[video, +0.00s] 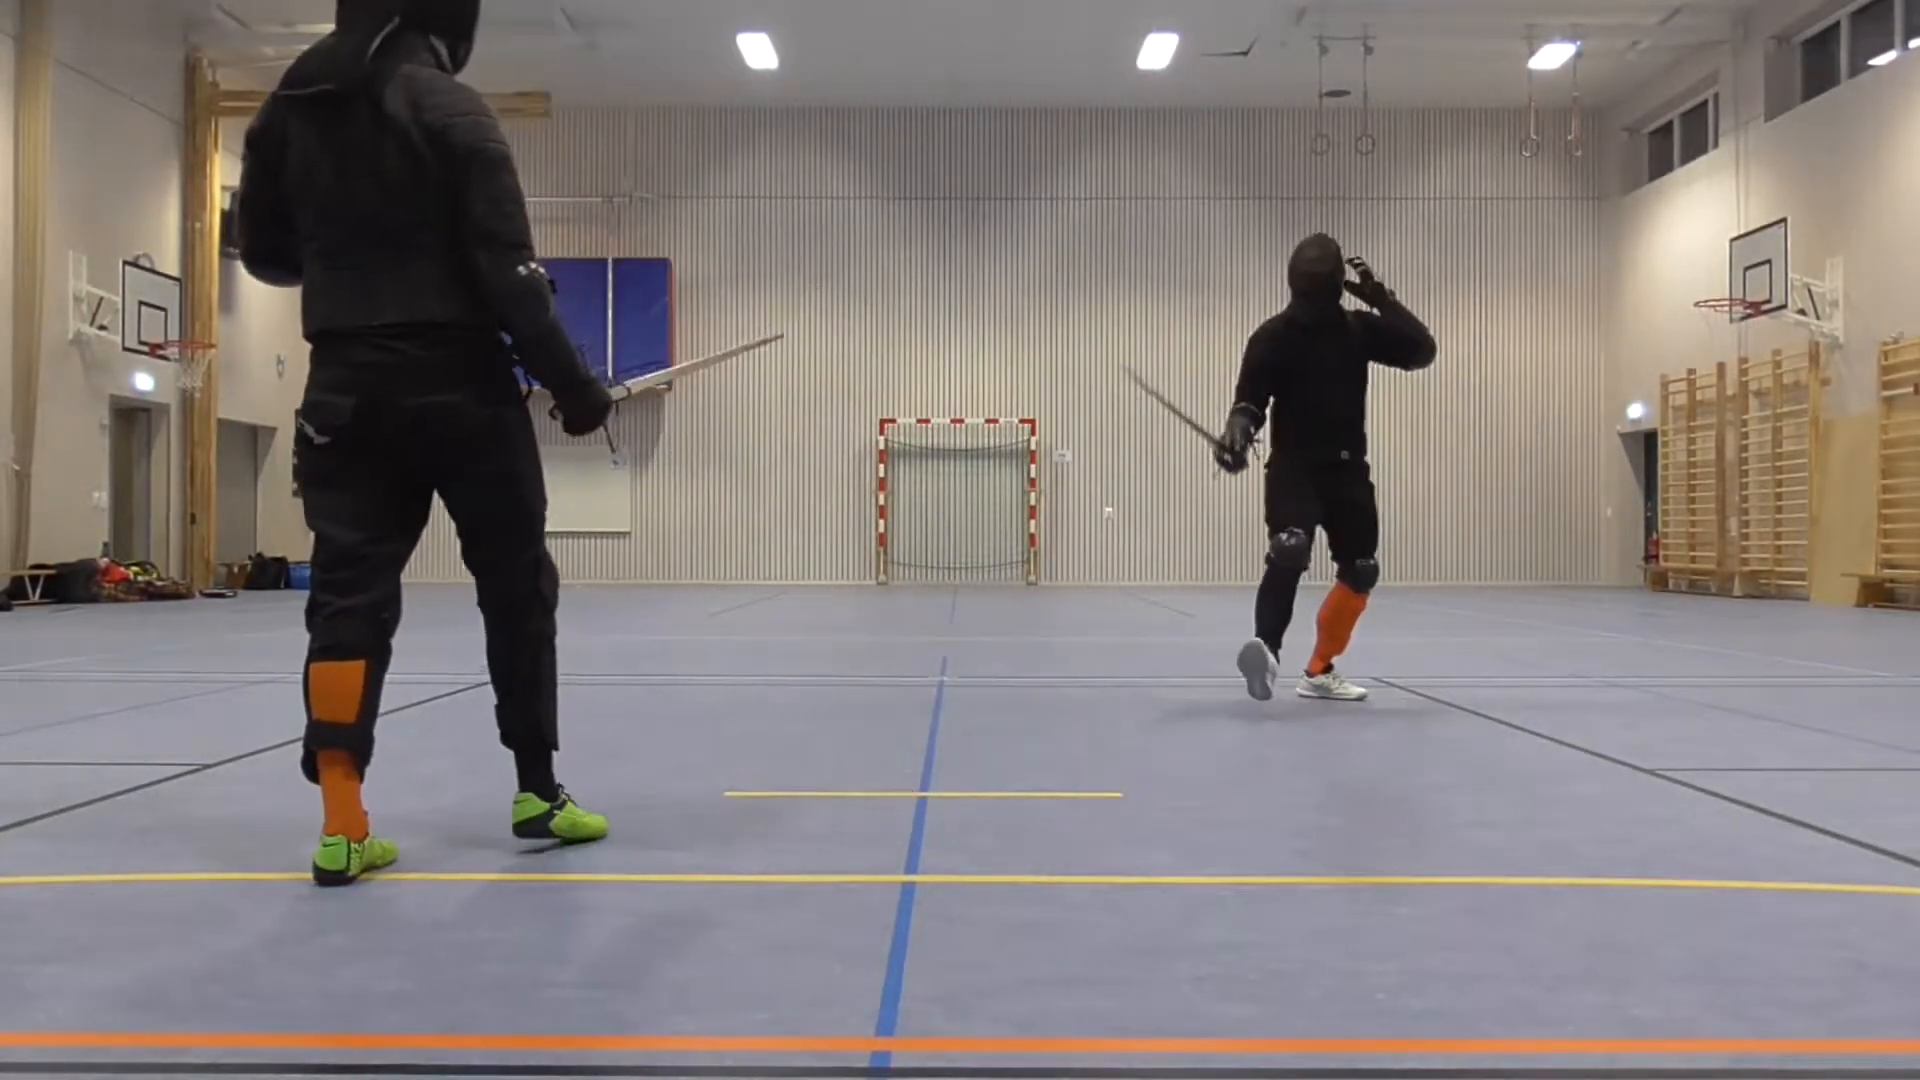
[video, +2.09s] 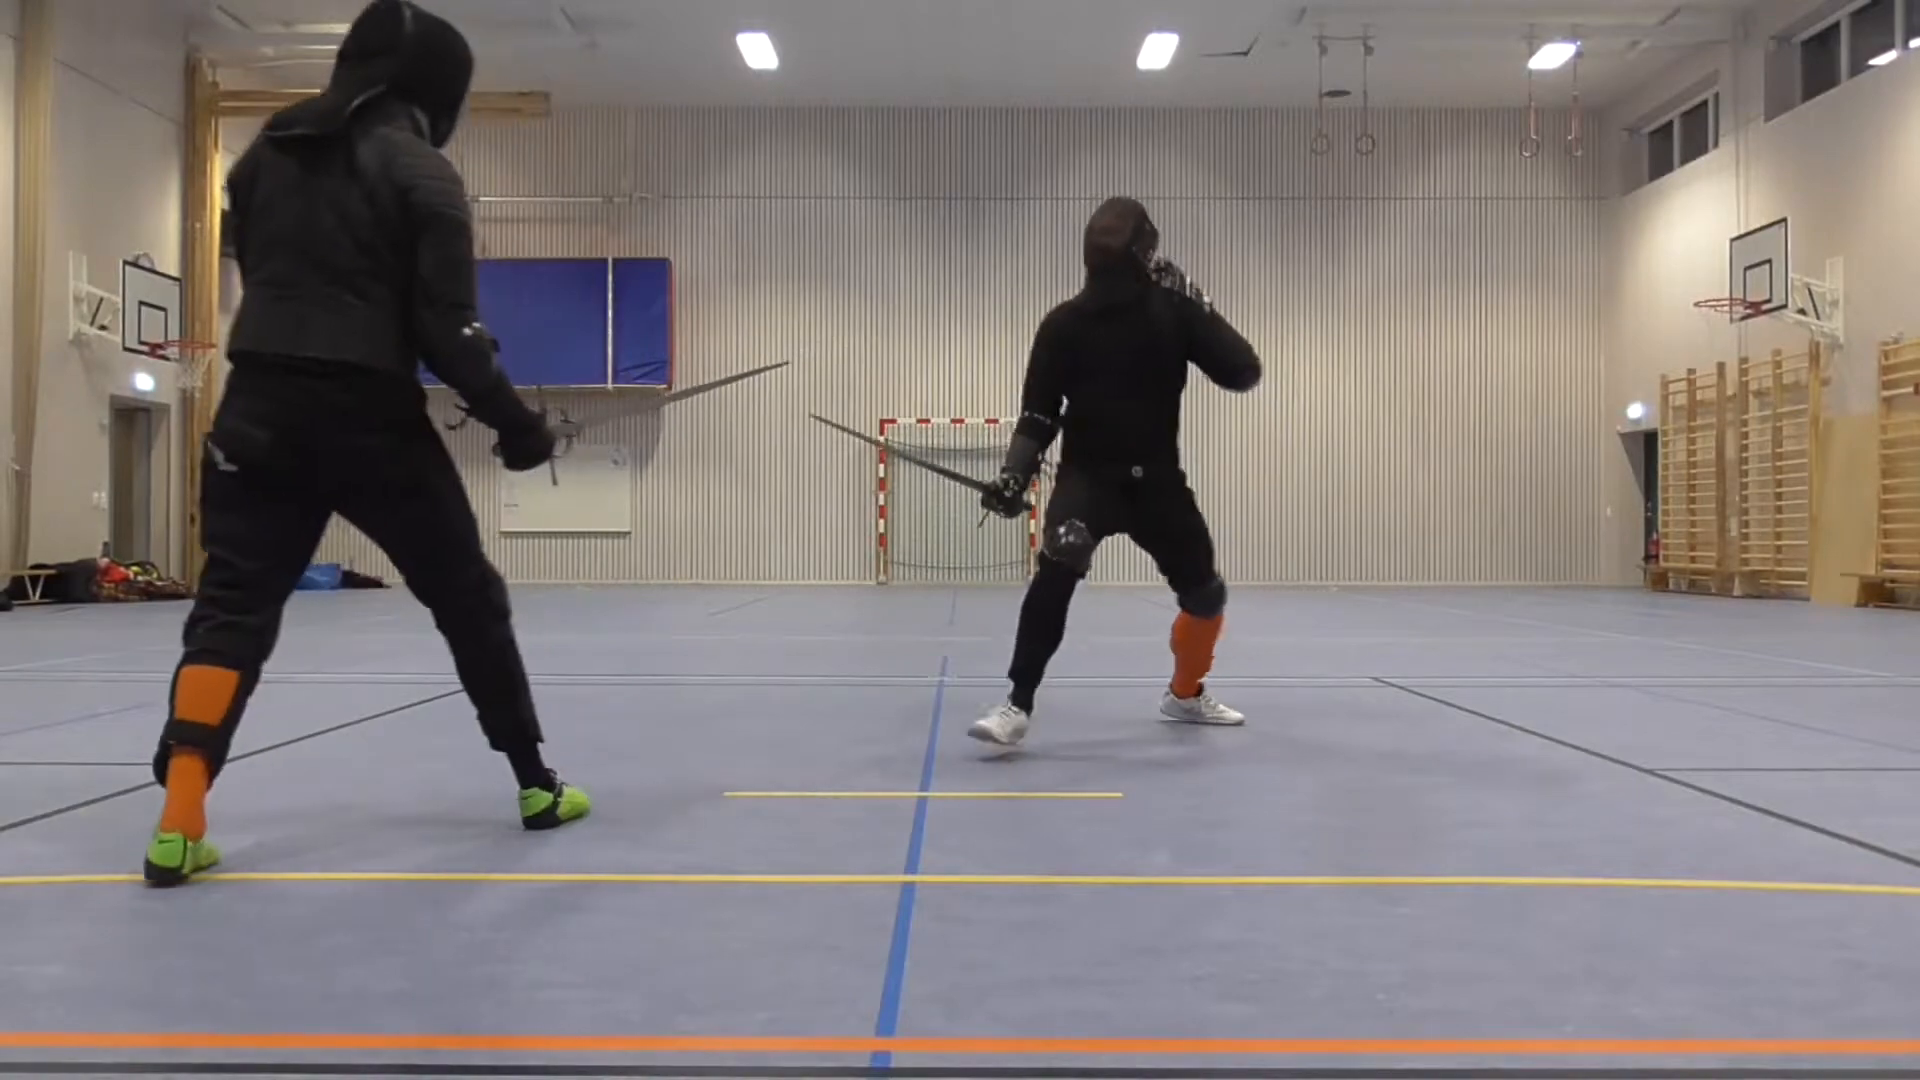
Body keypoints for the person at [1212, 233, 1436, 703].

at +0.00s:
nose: (1317, 290)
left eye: (1325, 281)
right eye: (1309, 281)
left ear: (1338, 281)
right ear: (1293, 281)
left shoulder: (1358, 330)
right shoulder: (1272, 338)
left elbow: (1421, 350)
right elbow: (1251, 401)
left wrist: (1380, 297)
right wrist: (1237, 432)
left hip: (1347, 467)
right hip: (1292, 467)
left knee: (1360, 572)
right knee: (1290, 548)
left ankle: (1319, 671)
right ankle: (1265, 652)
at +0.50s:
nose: (1251, 293)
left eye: (1262, 283)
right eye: (1243, 283)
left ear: (1282, 285)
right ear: (1230, 286)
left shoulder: (1300, 337)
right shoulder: (1206, 347)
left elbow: (1362, 381)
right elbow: (1181, 420)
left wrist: (1312, 326)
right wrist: (1164, 473)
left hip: (1283, 479)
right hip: (1226, 482)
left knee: (1348, 573)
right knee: (1235, 565)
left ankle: (1292, 662)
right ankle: (1225, 691)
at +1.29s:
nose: (1194, 267)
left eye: (1206, 258)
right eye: (1189, 256)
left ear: (1231, 269)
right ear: (1179, 260)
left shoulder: (1255, 327)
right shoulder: (1155, 330)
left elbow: (1308, 384)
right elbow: (1125, 404)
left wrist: (1271, 321)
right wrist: (1109, 456)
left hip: (1227, 470)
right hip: (1167, 469)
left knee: (1274, 586)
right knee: (1186, 556)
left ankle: (1228, 687)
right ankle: (1191, 676)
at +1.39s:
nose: (1181, 273)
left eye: (1194, 263)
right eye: (1176, 261)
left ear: (1221, 268)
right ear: (1167, 259)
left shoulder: (1246, 327)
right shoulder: (1143, 331)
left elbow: (1299, 383)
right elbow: (1114, 406)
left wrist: (1258, 319)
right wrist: (1095, 458)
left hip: (1218, 474)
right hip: (1157, 471)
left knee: (1268, 588)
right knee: (1161, 543)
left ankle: (1227, 689)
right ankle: (1130, 677)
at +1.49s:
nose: (1164, 262)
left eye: (1176, 253)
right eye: (1161, 252)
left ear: (1204, 264)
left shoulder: (1227, 325)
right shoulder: (1126, 330)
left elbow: (1287, 380)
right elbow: (1092, 404)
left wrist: (1245, 320)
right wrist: (1072, 460)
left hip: (1206, 482)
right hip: (1142, 480)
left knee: (1254, 590)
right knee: (1123, 561)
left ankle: (1228, 690)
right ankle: (1075, 680)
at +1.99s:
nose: (1121, 288)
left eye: (1129, 276)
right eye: (1116, 276)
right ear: (1150, 279)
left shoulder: (1181, 338)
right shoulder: (1072, 348)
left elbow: (1254, 393)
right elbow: (1035, 426)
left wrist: (1200, 336)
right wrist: (1001, 477)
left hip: (1167, 499)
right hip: (1096, 500)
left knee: (1231, 610)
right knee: (1074, 571)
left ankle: (1186, 699)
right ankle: (1024, 711)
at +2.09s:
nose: (1150, 254)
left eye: (1129, 249)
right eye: (1149, 246)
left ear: (1098, 253)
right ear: (1145, 252)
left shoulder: (1173, 314)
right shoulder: (1064, 325)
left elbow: (1242, 371)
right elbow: (1038, 416)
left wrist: (1187, 304)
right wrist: (1013, 474)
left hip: (1156, 480)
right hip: (1085, 480)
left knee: (1205, 596)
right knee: (1059, 568)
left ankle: (1186, 697)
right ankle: (1015, 707)